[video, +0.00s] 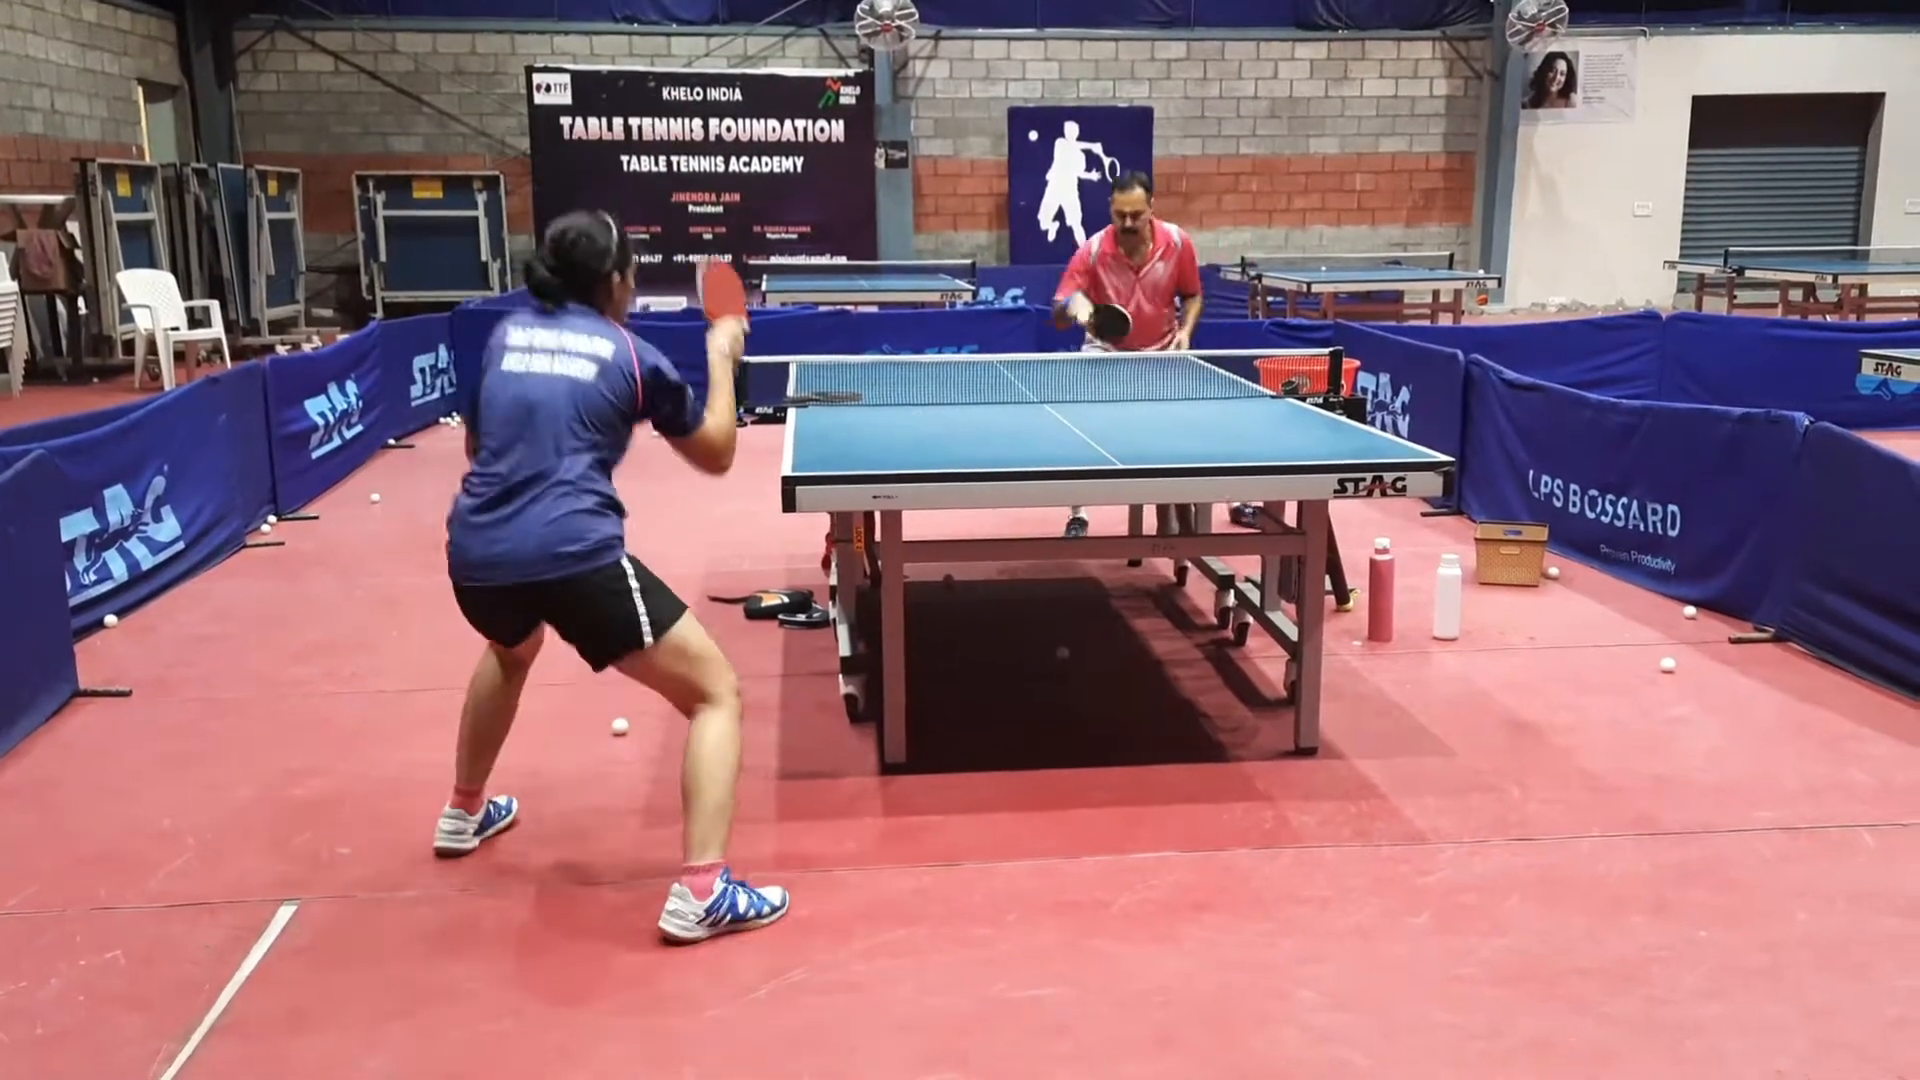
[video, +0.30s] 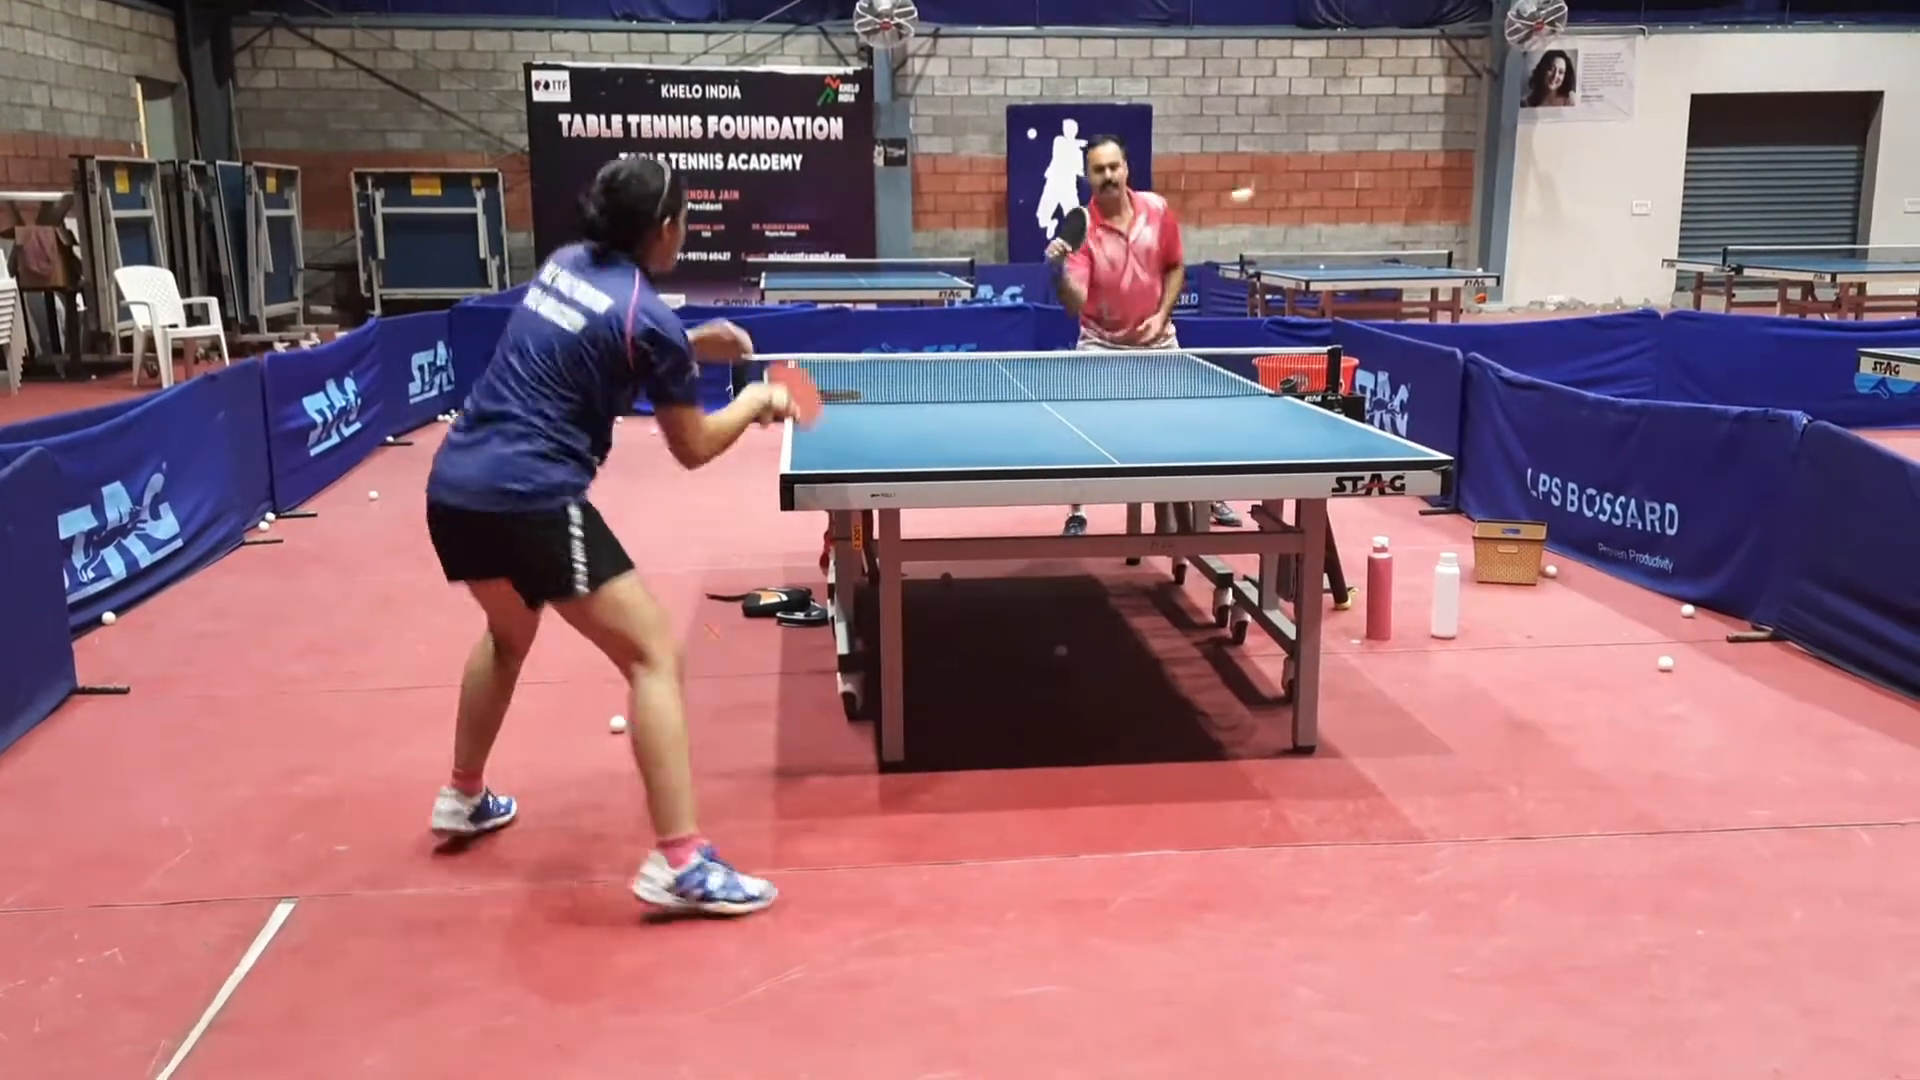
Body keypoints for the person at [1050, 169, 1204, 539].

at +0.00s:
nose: (1128, 223)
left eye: (1135, 215)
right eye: (1120, 215)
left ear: (1151, 208)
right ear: (1111, 210)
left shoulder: (1177, 243)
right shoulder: (1092, 250)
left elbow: (1193, 295)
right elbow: (1060, 315)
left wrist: (1186, 330)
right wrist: (1075, 304)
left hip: (1162, 354)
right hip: (1103, 356)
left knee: (1177, 430)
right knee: (1083, 426)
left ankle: (1178, 519)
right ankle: (1077, 513)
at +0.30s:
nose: (1107, 176)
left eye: (1113, 167)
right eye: (1098, 170)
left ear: (1126, 168)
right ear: (1088, 177)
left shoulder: (1157, 210)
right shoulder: (1080, 225)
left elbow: (1175, 267)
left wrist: (1161, 315)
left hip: (1156, 338)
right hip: (1099, 341)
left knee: (1186, 413)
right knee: (1082, 419)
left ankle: (1209, 495)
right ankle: (1077, 509)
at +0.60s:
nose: (1143, 179)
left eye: (1151, 171)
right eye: (1135, 171)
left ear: (1165, 171)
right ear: (1124, 172)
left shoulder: (1190, 215)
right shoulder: (1108, 224)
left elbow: (1209, 273)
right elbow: (1088, 295)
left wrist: (1201, 304)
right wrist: (1099, 286)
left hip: (1182, 340)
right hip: (1122, 340)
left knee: (1209, 416)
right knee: (1094, 416)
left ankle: (1220, 498)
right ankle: (1077, 509)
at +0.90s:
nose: (1182, 196)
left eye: (1190, 188)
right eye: (1173, 188)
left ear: (1202, 178)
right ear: (1160, 179)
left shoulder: (1224, 215)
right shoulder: (1143, 219)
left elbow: (1234, 276)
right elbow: (1122, 275)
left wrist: (1213, 290)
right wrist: (1125, 284)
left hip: (1208, 337)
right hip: (1147, 334)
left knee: (1220, 414)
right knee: (1123, 410)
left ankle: (1221, 498)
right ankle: (1112, 495)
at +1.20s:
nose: (1183, 195)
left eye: (1191, 186)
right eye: (1175, 187)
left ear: (1203, 178)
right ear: (1162, 177)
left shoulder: (1222, 213)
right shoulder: (1142, 213)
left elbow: (1231, 270)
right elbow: (1123, 265)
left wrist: (1220, 296)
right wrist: (1138, 279)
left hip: (1202, 333)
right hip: (1144, 331)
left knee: (1216, 412)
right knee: (1125, 410)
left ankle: (1219, 497)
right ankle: (1112, 495)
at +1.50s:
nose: (1189, 179)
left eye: (1198, 172)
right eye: (1183, 171)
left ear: (1213, 171)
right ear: (1173, 168)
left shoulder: (1231, 216)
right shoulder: (1150, 208)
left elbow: (1235, 278)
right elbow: (1110, 270)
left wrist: (1215, 321)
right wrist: (1117, 247)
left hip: (1204, 337)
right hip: (1144, 333)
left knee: (1219, 418)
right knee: (1121, 412)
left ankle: (1216, 500)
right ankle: (1100, 498)